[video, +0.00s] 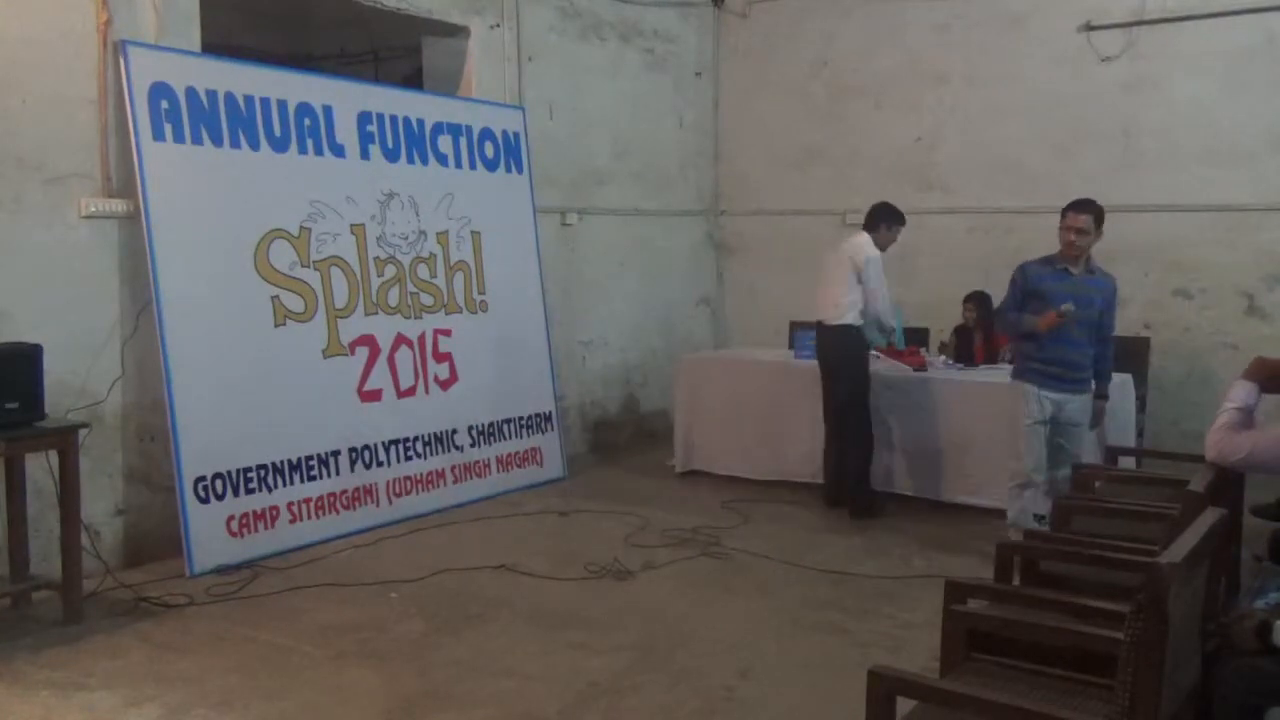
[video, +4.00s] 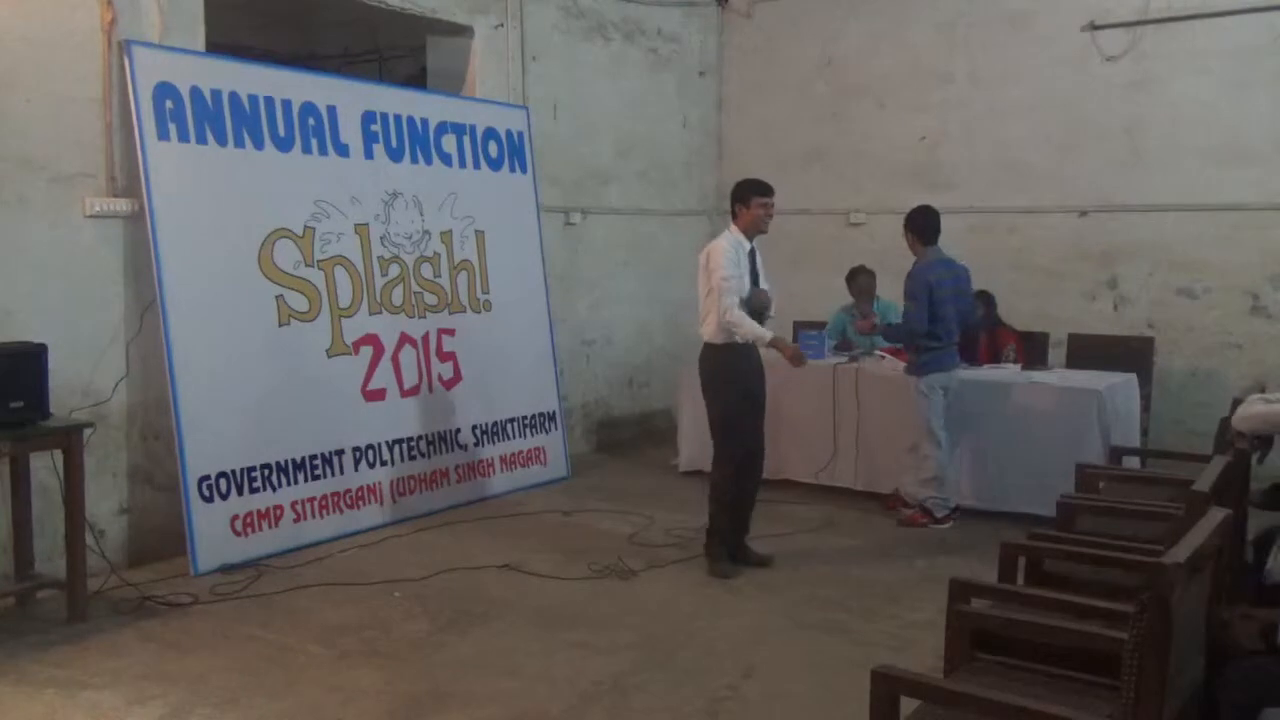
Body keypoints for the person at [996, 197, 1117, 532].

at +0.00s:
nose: (1072, 238)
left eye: (1082, 232)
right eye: (1067, 230)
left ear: (1096, 236)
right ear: (1059, 230)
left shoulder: (1104, 284)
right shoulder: (1029, 273)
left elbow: (1105, 343)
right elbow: (1002, 317)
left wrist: (1101, 394)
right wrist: (1034, 323)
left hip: (1077, 394)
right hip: (1033, 388)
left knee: (1067, 477)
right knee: (1029, 473)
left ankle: (1062, 546)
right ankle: (1021, 542)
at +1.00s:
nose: (998, 241)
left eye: (1004, 234)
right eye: (996, 235)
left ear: (1027, 234)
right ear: (1013, 236)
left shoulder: (1064, 275)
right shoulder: (1001, 277)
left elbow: (1078, 334)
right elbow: (999, 330)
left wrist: (1074, 386)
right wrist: (983, 324)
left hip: (1047, 387)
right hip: (1006, 384)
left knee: (1046, 468)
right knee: (1006, 463)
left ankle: (1060, 534)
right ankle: (1012, 532)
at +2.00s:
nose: (1024, 241)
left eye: (1027, 233)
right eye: (1025, 234)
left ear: (1041, 235)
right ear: (1053, 234)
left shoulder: (1057, 276)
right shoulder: (1057, 269)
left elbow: (1045, 343)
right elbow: (1047, 302)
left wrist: (1031, 396)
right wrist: (1022, 283)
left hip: (1056, 383)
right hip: (1046, 380)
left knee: (1055, 457)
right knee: (1028, 450)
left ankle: (1056, 523)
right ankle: (1012, 512)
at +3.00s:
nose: (976, 240)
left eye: (977, 234)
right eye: (977, 233)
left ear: (985, 236)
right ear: (1010, 233)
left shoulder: (986, 274)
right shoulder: (1033, 274)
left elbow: (967, 324)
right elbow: (1046, 322)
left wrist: (940, 331)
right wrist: (1025, 350)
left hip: (990, 377)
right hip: (1021, 374)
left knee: (969, 444)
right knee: (1017, 451)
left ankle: (946, 507)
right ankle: (1017, 516)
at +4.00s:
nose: (905, 240)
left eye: (906, 234)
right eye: (906, 234)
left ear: (911, 236)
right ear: (936, 233)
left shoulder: (919, 274)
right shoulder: (959, 270)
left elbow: (914, 329)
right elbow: (968, 317)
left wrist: (877, 329)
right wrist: (940, 333)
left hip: (927, 366)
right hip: (951, 363)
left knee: (931, 437)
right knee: (934, 434)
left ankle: (938, 505)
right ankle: (915, 493)